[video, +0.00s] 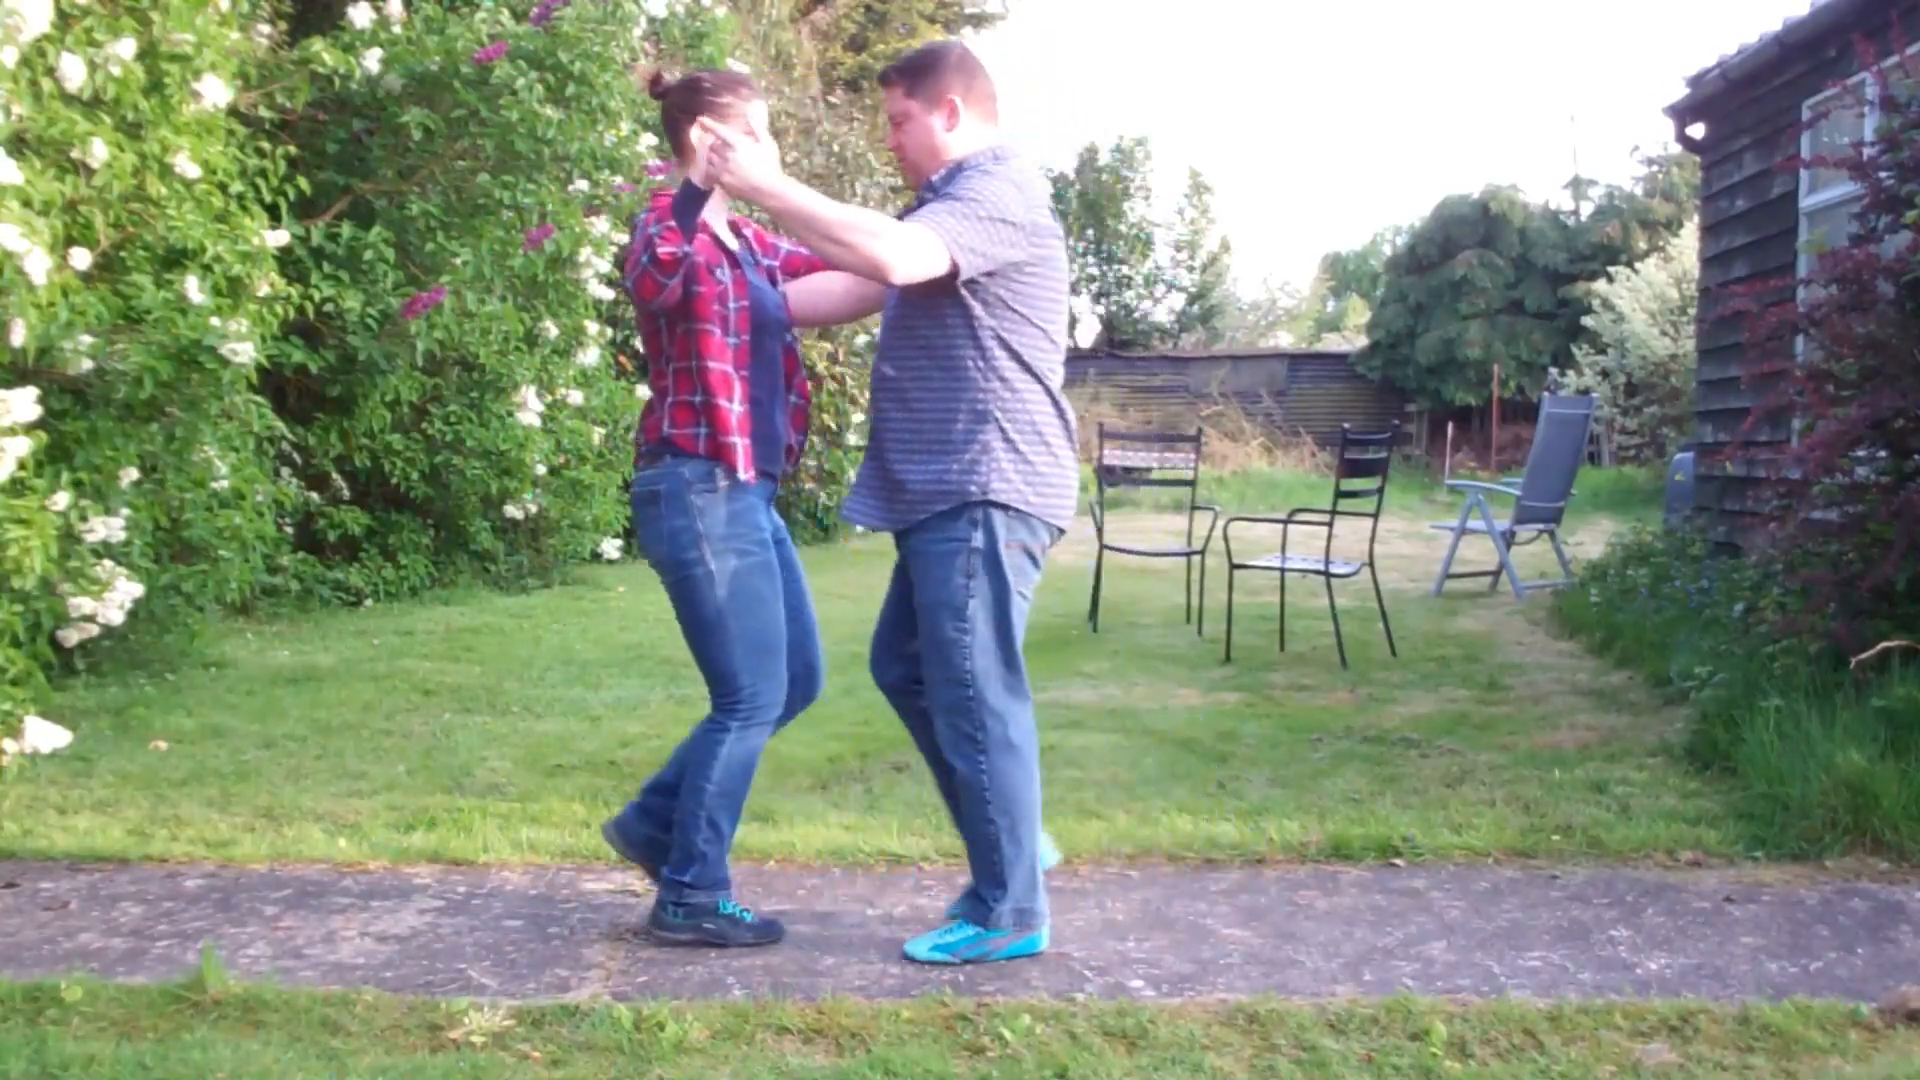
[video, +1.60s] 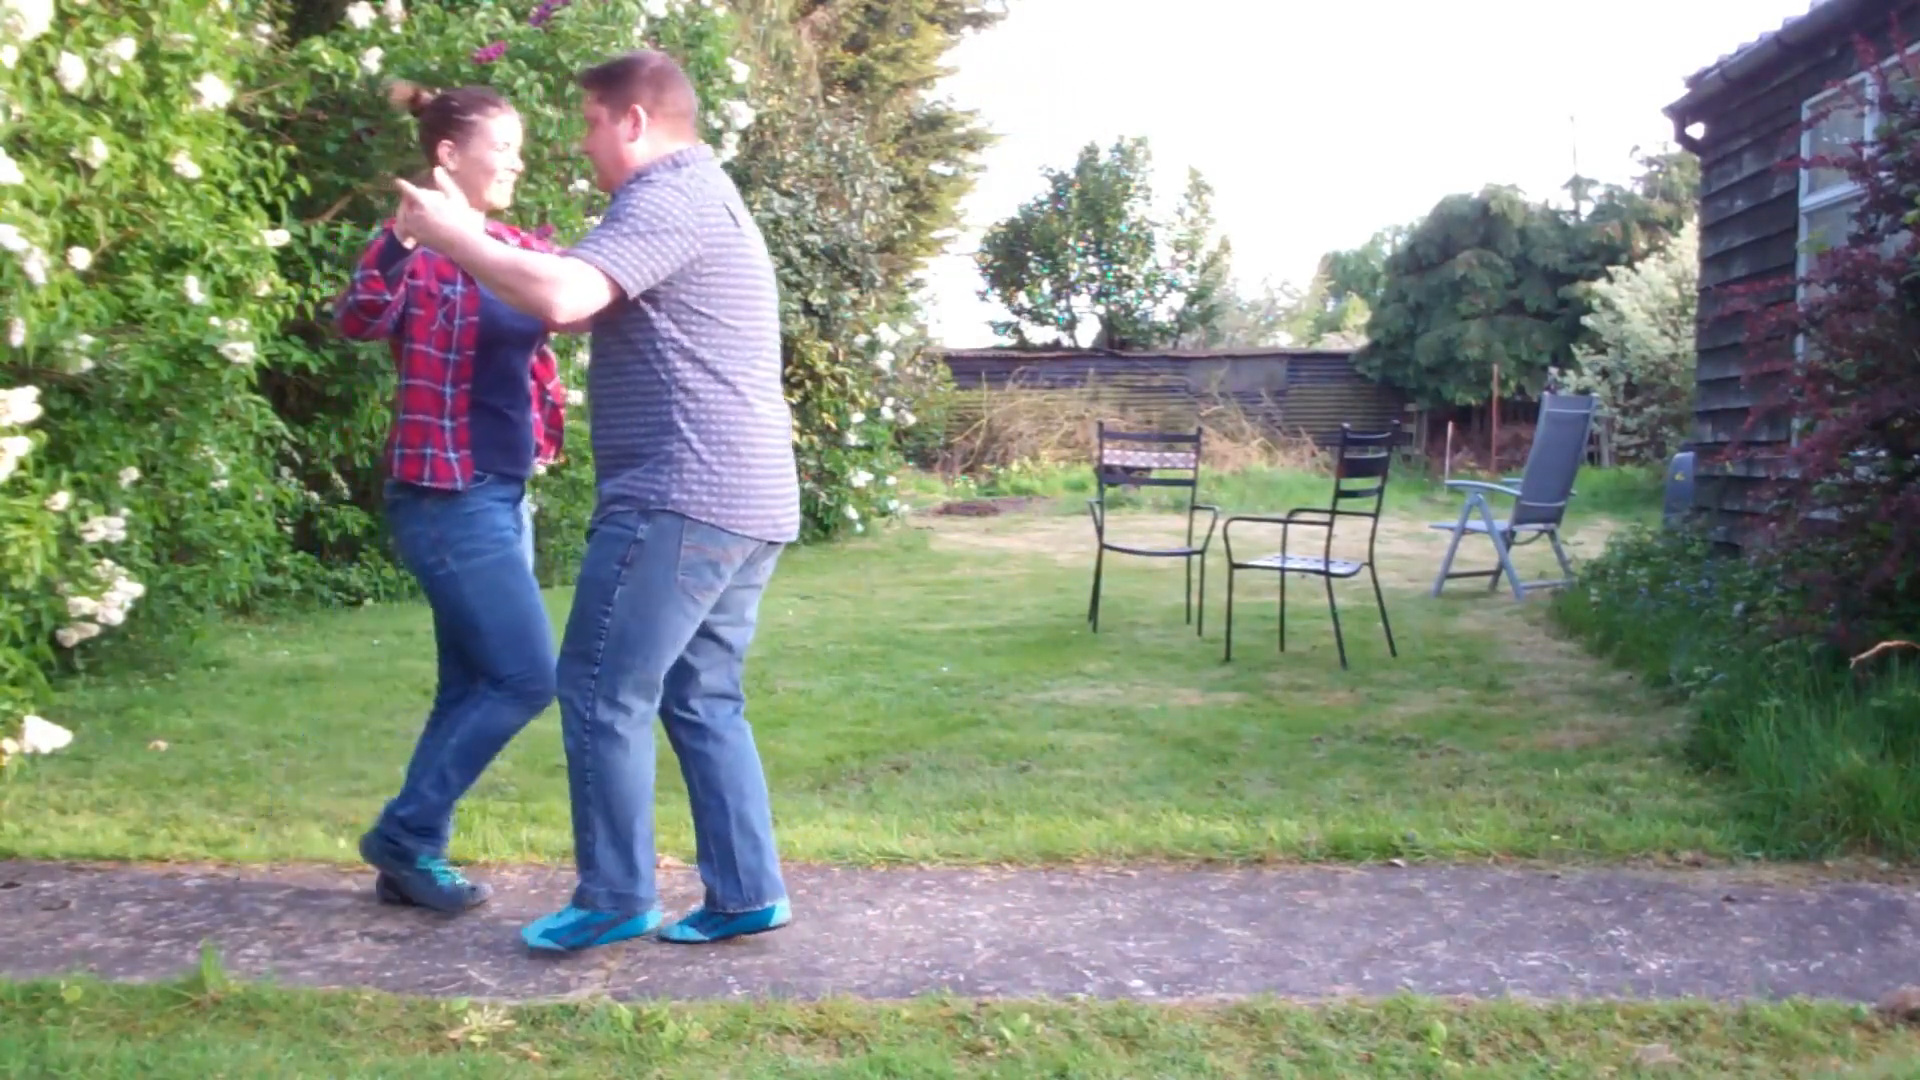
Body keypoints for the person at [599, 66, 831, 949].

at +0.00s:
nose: (768, 149)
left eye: (765, 133)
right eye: (753, 132)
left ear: (725, 139)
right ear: (704, 135)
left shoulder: (752, 241)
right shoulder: (660, 226)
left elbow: (842, 266)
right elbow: (663, 286)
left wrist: (919, 248)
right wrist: (700, 188)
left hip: (747, 488)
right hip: (694, 487)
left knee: (795, 680)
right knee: (750, 695)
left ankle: (653, 820)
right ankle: (692, 899)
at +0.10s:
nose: (742, 153)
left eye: (743, 137)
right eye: (730, 135)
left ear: (702, 134)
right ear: (680, 131)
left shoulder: (726, 240)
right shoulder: (636, 228)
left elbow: (811, 264)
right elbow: (621, 278)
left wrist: (888, 248)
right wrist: (663, 176)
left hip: (714, 486)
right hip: (674, 486)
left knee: (698, 693)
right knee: (734, 693)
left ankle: (567, 823)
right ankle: (690, 896)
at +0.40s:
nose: (654, 163)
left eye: (653, 148)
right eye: (640, 146)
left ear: (606, 150)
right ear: (591, 148)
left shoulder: (633, 251)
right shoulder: (546, 227)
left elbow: (684, 309)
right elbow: (528, 287)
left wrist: (766, 286)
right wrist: (594, 195)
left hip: (605, 493)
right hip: (556, 490)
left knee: (589, 696)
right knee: (658, 676)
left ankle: (512, 861)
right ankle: (608, 872)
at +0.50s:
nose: (622, 168)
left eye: (621, 152)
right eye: (606, 152)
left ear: (586, 160)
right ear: (556, 159)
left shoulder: (605, 256)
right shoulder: (520, 234)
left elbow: (678, 314)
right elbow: (499, 296)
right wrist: (567, 207)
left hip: (585, 501)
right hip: (530, 499)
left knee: (600, 691)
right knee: (618, 688)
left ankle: (512, 858)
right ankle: (508, 859)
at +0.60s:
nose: (592, 175)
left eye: (594, 159)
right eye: (576, 159)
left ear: (589, 170)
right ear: (526, 166)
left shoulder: (585, 260)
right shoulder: (494, 243)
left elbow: (625, 325)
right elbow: (469, 302)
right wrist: (537, 224)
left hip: (570, 508)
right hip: (507, 512)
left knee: (597, 692)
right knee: (564, 705)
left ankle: (513, 864)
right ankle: (412, 831)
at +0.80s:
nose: (538, 168)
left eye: (538, 151)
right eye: (522, 152)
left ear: (522, 157)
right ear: (474, 158)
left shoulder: (529, 251)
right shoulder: (435, 236)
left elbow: (586, 320)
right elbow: (412, 294)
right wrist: (479, 209)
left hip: (517, 502)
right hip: (448, 502)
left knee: (549, 682)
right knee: (437, 705)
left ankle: (509, 863)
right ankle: (301, 847)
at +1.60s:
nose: (515, 166)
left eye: (518, 152)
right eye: (503, 151)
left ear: (505, 159)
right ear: (450, 153)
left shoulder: (519, 248)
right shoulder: (414, 242)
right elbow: (358, 322)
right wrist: (402, 238)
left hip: (503, 492)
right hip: (445, 494)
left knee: (467, 686)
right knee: (526, 678)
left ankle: (413, 852)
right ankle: (404, 835)